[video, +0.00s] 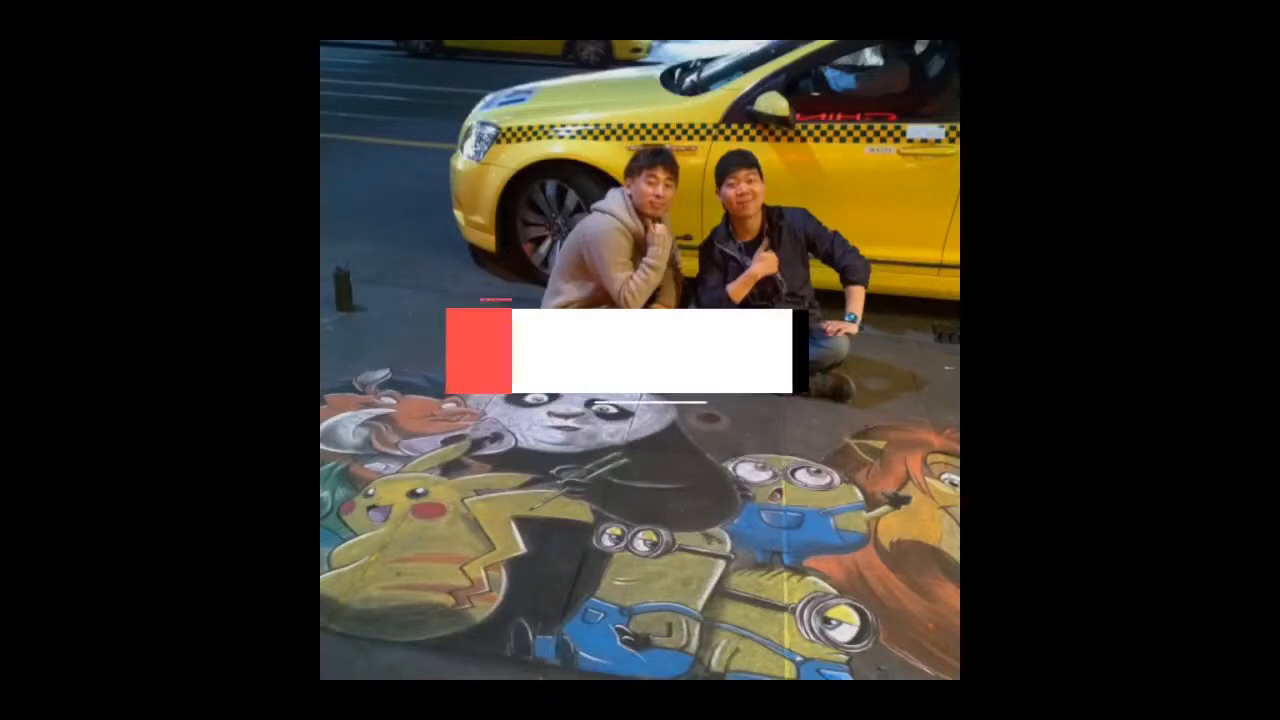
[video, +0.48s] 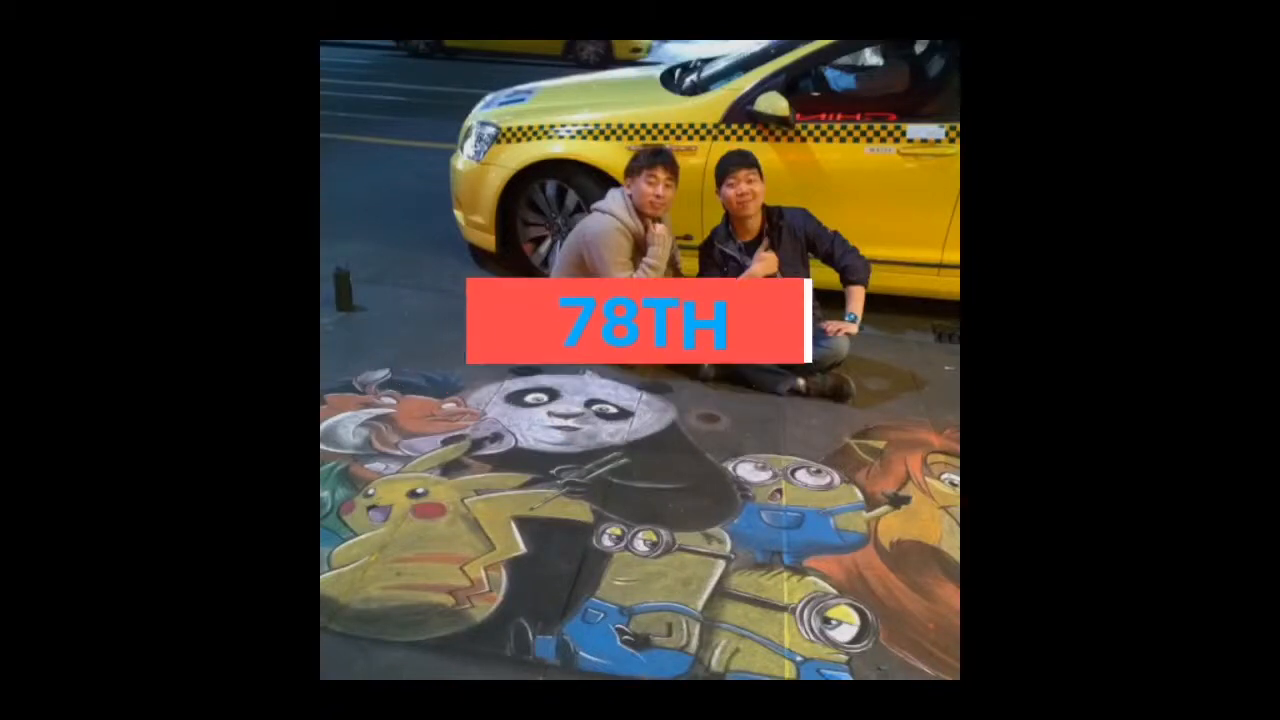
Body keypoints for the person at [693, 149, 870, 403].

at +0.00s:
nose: (743, 191)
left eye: (750, 181)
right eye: (732, 185)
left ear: (763, 187)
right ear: (720, 195)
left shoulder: (795, 222)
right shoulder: (713, 246)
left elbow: (853, 262)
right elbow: (708, 307)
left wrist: (851, 319)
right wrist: (752, 275)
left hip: (799, 323)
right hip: (744, 330)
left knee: (837, 345)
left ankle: (759, 376)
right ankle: (811, 385)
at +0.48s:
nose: (743, 191)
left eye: (750, 181)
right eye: (732, 185)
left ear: (763, 187)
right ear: (720, 196)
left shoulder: (795, 223)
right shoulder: (713, 247)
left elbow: (853, 262)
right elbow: (710, 310)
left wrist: (851, 319)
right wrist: (753, 274)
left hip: (795, 329)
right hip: (743, 335)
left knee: (837, 345)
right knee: (718, 352)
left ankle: (729, 369)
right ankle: (801, 386)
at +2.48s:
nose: (743, 190)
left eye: (750, 181)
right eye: (732, 184)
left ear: (763, 185)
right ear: (721, 192)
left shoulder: (791, 220)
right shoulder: (716, 230)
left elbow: (853, 261)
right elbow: (707, 303)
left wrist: (851, 319)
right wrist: (751, 276)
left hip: (800, 325)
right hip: (747, 324)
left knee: (837, 345)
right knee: (708, 333)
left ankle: (732, 370)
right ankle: (798, 386)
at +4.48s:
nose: (743, 191)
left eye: (750, 181)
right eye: (732, 185)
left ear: (763, 186)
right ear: (720, 195)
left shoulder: (795, 222)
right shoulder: (713, 246)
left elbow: (853, 262)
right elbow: (708, 308)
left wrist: (851, 320)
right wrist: (752, 274)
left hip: (799, 327)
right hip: (747, 327)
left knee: (837, 345)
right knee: (706, 336)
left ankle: (741, 371)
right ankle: (798, 386)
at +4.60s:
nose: (742, 190)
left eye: (750, 181)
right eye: (732, 184)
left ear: (763, 187)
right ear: (720, 195)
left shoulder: (795, 222)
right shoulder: (713, 245)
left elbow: (853, 262)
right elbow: (709, 301)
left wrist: (852, 320)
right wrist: (753, 273)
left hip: (799, 329)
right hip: (744, 333)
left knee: (837, 346)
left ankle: (749, 370)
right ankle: (799, 386)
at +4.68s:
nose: (743, 190)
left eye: (750, 181)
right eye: (733, 184)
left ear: (763, 186)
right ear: (720, 191)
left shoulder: (792, 221)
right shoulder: (713, 231)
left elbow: (853, 262)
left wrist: (851, 320)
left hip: (792, 326)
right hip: (735, 331)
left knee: (839, 344)